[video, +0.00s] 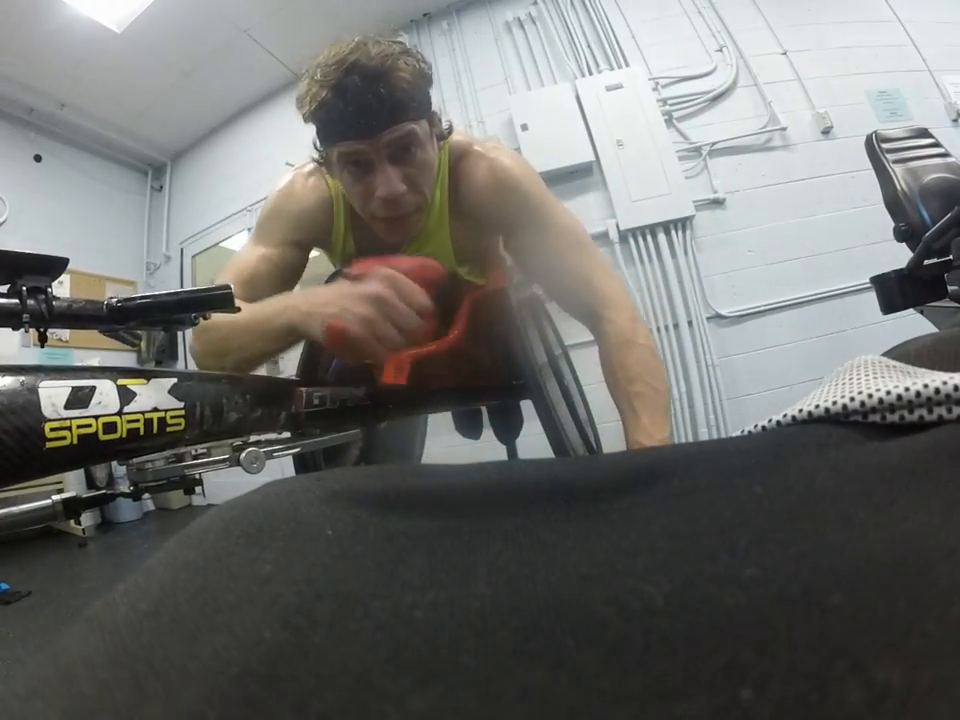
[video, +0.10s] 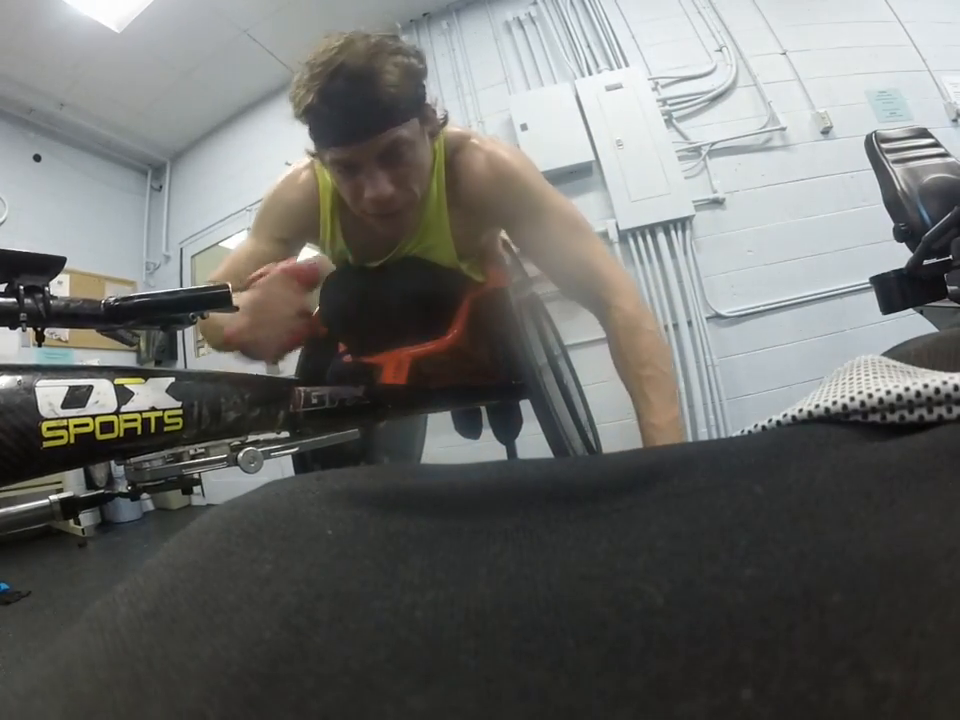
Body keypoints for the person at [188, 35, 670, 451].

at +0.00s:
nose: (389, 187)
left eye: (404, 151)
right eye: (358, 164)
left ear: (435, 130)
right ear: (328, 160)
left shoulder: (490, 177)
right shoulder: (302, 203)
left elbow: (616, 317)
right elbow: (208, 348)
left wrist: (651, 468)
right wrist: (297, 310)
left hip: (487, 336)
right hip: (386, 351)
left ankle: (486, 403)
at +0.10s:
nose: (376, 191)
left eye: (394, 156)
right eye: (348, 169)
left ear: (429, 125)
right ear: (319, 157)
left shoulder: (484, 171)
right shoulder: (299, 198)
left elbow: (620, 302)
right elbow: (211, 308)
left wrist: (667, 459)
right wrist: (243, 326)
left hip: (480, 332)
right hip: (377, 350)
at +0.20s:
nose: (359, 209)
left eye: (374, 180)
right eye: (336, 192)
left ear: (410, 133)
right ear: (306, 175)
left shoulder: (477, 167)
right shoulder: (293, 202)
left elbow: (620, 280)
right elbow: (247, 287)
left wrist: (680, 439)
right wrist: (218, 362)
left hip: (470, 325)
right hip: (365, 347)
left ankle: (486, 392)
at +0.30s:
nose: (342, 248)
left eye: (350, 222)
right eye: (317, 235)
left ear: (393, 161)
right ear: (288, 213)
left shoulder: (468, 174)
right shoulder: (294, 216)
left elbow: (611, 247)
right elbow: (267, 276)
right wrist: (267, 380)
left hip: (470, 296)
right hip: (367, 318)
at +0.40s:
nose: (333, 257)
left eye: (341, 230)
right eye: (310, 243)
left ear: (380, 170)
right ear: (287, 234)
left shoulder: (463, 175)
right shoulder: (299, 252)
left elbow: (596, 198)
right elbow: (327, 324)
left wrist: (628, 298)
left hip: (482, 297)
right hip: (389, 321)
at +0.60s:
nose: (326, 201)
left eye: (331, 169)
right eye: (301, 187)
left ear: (372, 120)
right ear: (285, 179)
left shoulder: (458, 143)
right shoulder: (298, 203)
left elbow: (582, 129)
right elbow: (341, 284)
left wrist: (575, 253)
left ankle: (494, 392)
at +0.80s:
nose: (363, 271)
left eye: (364, 245)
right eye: (340, 268)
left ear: (378, 180)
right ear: (304, 255)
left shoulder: (464, 171)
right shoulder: (307, 238)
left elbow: (586, 270)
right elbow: (316, 327)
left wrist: (597, 402)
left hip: (483, 300)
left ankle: (493, 383)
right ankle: (461, 383)